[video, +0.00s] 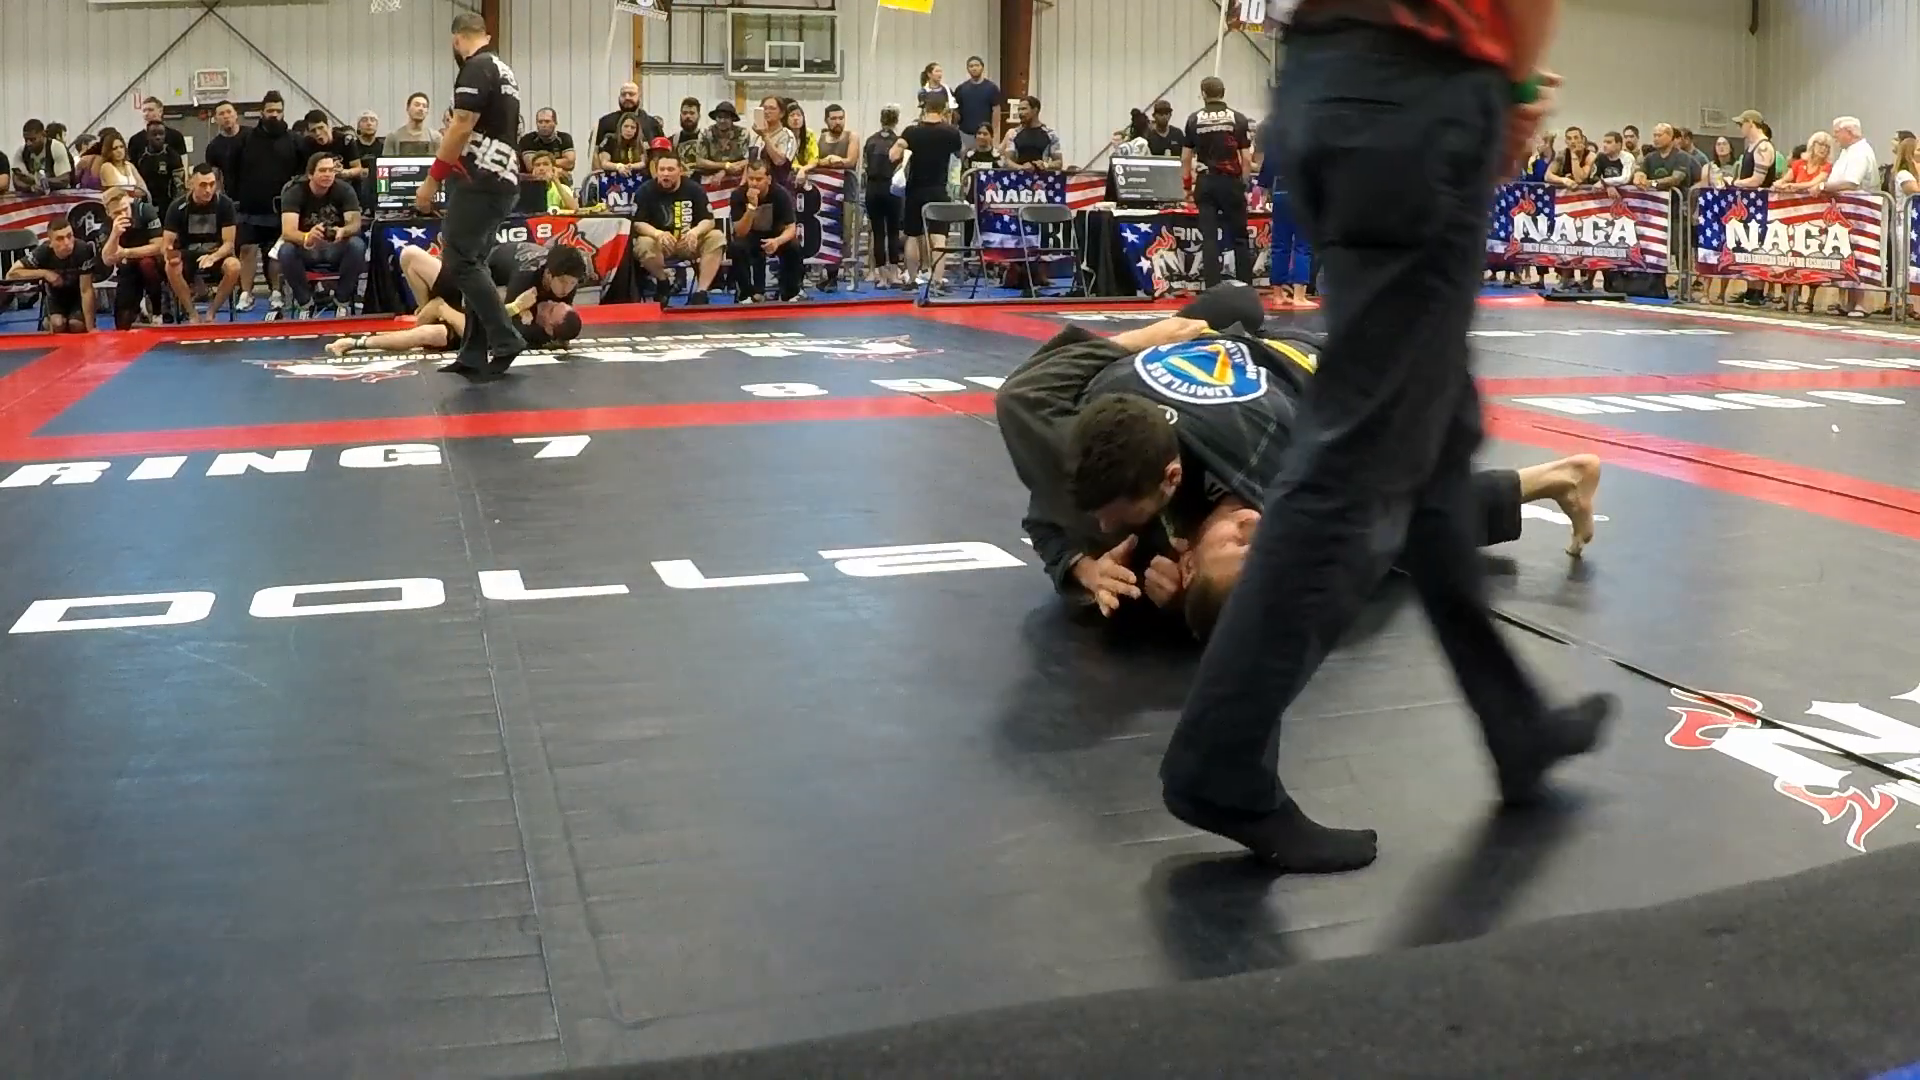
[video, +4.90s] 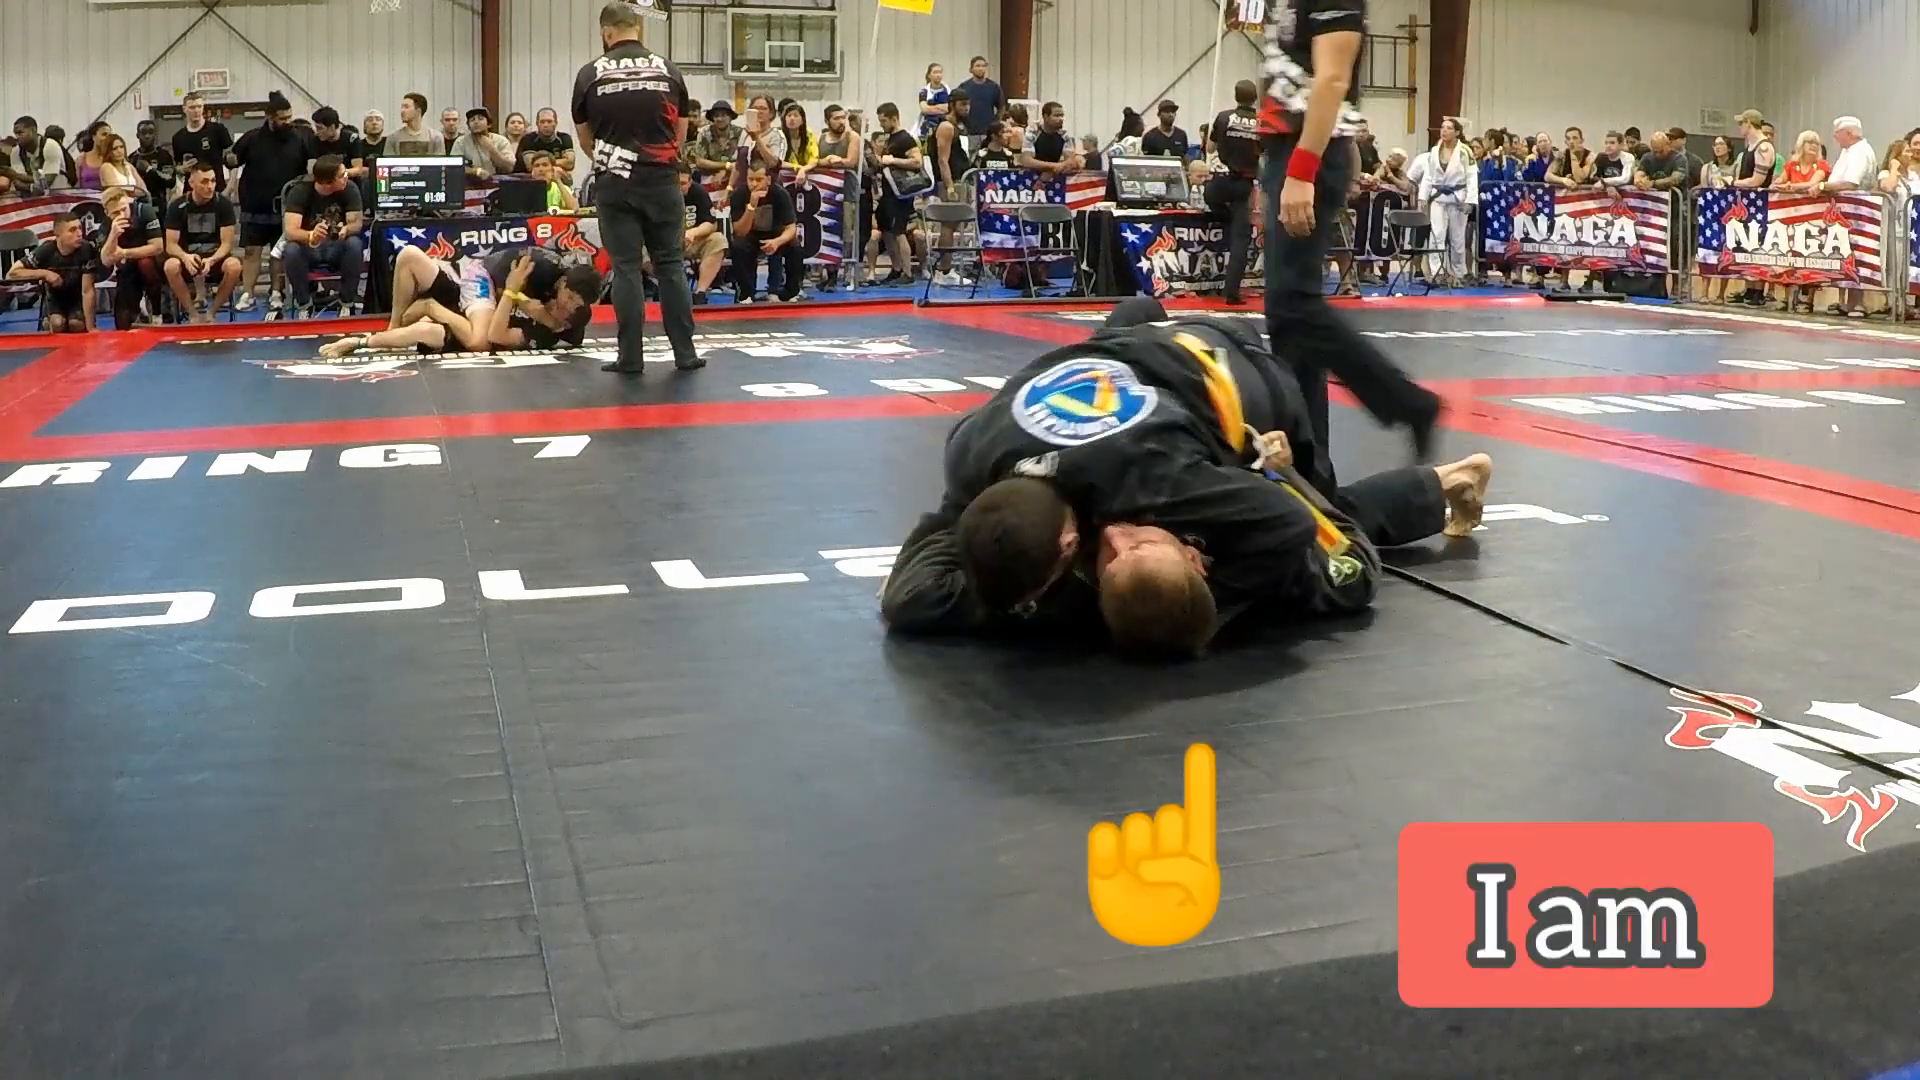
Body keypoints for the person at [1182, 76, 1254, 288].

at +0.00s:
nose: (1204, 96)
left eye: (1203, 93)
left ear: (1203, 95)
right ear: (1223, 93)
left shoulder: (1193, 120)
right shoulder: (1238, 119)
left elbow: (1186, 158)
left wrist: (1187, 186)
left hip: (1206, 181)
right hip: (1232, 180)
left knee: (1209, 238)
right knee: (1240, 238)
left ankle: (1212, 289)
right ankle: (1245, 288)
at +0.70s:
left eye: (1206, 91)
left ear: (1205, 94)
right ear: (1226, 92)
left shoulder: (1197, 120)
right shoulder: (1241, 118)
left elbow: (1189, 159)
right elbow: (1244, 145)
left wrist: (1188, 191)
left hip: (1207, 180)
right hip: (1233, 180)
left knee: (1210, 238)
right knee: (1243, 238)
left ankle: (1213, 295)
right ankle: (1246, 295)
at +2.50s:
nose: (1226, 96)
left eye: (1225, 93)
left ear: (1226, 95)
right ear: (1245, 96)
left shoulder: (1214, 117)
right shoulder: (1256, 119)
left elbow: (1204, 155)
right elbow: (1250, 149)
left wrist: (1197, 185)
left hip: (1218, 178)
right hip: (1242, 180)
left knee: (1230, 233)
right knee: (1238, 237)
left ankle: (1233, 285)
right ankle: (1232, 292)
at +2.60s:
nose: (1223, 98)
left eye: (1224, 95)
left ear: (1226, 96)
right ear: (1245, 96)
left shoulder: (1214, 119)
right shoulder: (1256, 120)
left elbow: (1205, 157)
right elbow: (1251, 148)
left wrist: (1197, 186)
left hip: (1218, 179)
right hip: (1242, 181)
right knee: (1237, 238)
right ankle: (1231, 292)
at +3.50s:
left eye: (1236, 93)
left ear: (1232, 96)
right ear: (1251, 97)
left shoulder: (1221, 119)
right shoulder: (1261, 121)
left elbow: (1210, 155)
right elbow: (1259, 151)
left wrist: (1199, 170)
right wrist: (1246, 165)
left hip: (1220, 178)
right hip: (1244, 182)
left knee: (1210, 198)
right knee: (1238, 239)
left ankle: (1227, 222)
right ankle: (1231, 292)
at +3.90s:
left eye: (1232, 95)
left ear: (1231, 97)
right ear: (1250, 97)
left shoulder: (1220, 120)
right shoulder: (1262, 120)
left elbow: (1204, 148)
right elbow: (1259, 145)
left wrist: (1204, 135)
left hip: (1224, 180)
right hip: (1247, 183)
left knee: (1208, 197)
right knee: (1241, 239)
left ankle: (1230, 223)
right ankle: (1232, 293)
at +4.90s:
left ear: (1235, 97)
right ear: (1255, 98)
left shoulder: (1223, 117)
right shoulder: (1261, 120)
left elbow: (1211, 146)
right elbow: (1263, 148)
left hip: (1223, 176)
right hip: (1245, 179)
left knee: (1211, 198)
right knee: (1241, 237)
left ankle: (1230, 219)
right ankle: (1231, 292)